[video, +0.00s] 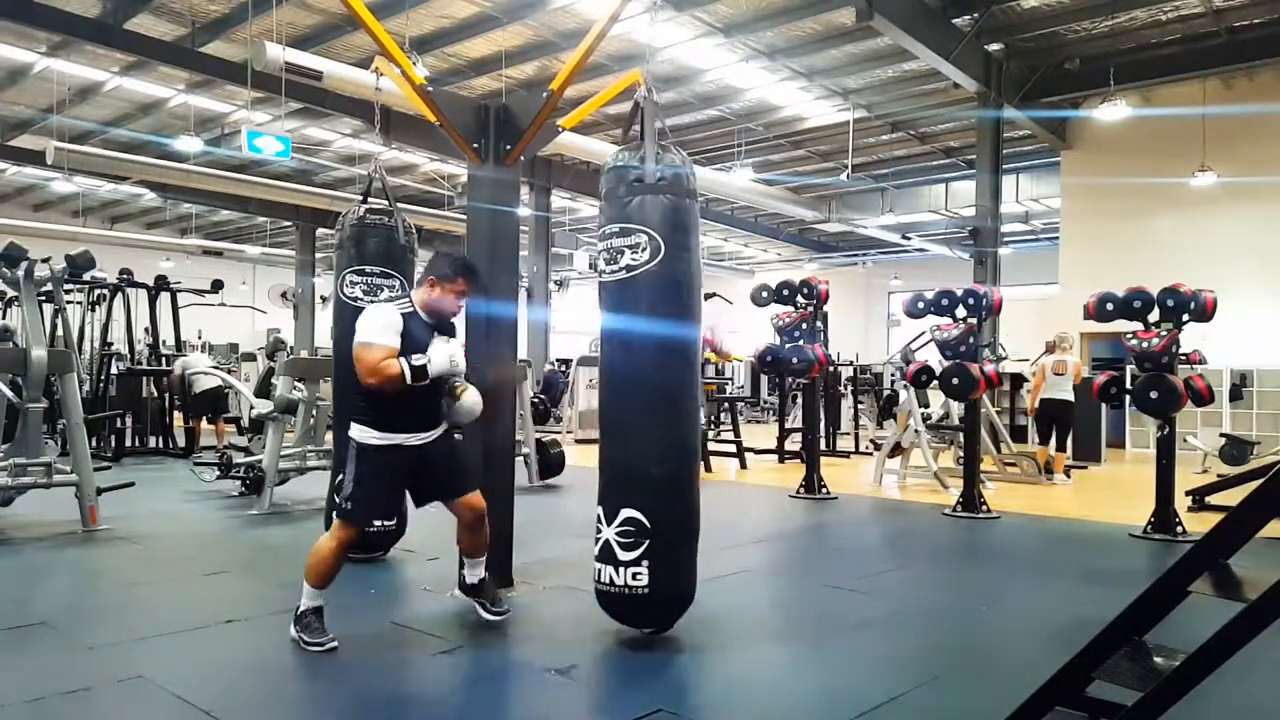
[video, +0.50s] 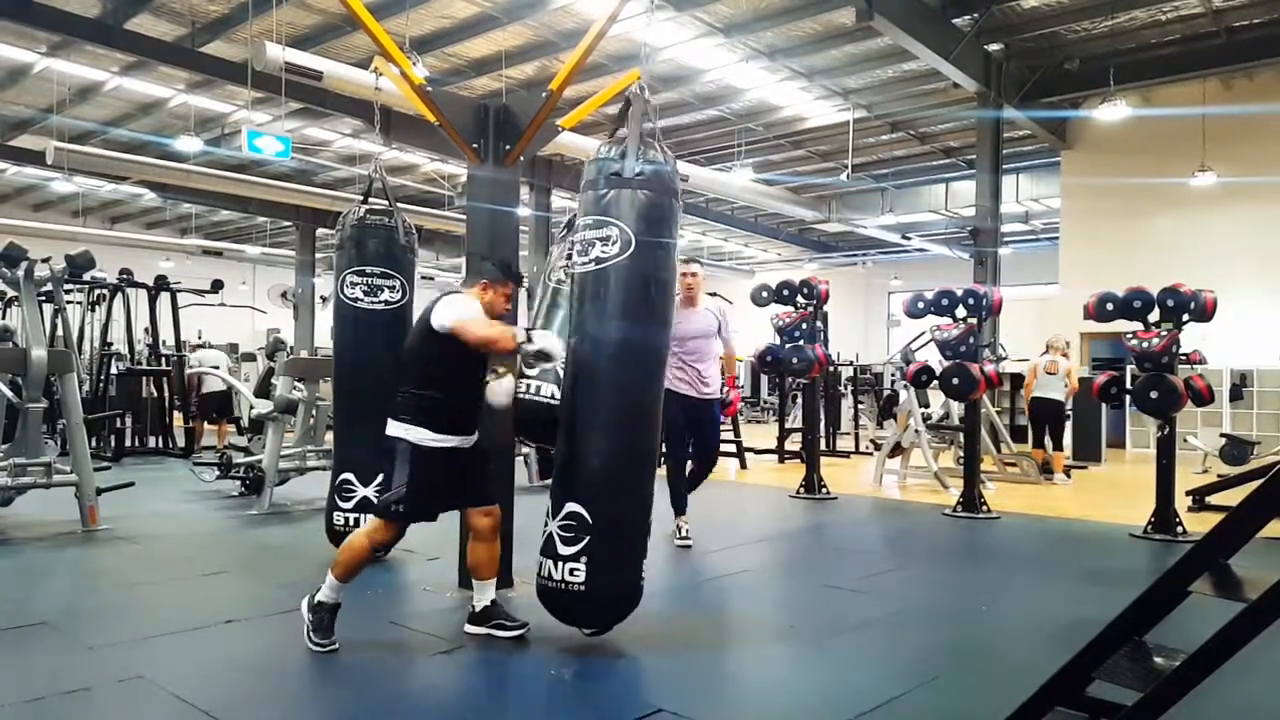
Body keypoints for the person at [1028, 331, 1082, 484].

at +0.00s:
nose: (1071, 348)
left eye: (1054, 343)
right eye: (1071, 346)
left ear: (1055, 344)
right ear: (1071, 346)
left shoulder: (1045, 361)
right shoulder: (1075, 363)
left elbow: (1037, 384)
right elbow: (1077, 380)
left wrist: (1031, 404)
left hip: (1046, 400)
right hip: (1066, 401)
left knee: (1043, 440)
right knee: (1061, 442)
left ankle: (1039, 470)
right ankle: (1059, 473)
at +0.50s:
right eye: (1064, 349)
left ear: (1047, 347)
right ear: (1063, 349)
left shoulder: (1036, 362)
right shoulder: (1067, 364)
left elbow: (1028, 383)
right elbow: (1074, 385)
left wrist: (1027, 402)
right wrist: (1066, 397)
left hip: (1037, 400)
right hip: (1056, 401)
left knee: (1037, 438)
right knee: (1057, 440)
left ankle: (1035, 471)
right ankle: (1058, 473)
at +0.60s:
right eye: (1061, 350)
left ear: (1047, 349)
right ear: (1060, 351)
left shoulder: (1035, 363)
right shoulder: (1066, 365)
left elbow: (1026, 384)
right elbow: (1071, 386)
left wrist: (1027, 402)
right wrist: (1066, 402)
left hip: (1036, 399)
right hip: (1056, 401)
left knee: (1037, 438)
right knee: (1060, 439)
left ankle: (1036, 471)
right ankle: (1061, 470)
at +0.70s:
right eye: (1062, 351)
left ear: (1047, 349)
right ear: (1060, 351)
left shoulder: (1034, 363)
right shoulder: (1065, 365)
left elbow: (1025, 383)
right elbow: (1068, 386)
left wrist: (1026, 403)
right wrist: (1063, 401)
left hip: (1034, 399)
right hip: (1053, 401)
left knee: (1036, 438)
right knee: (1063, 438)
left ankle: (1036, 470)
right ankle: (1064, 468)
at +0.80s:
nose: (1066, 355)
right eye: (1065, 353)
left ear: (1047, 350)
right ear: (1061, 352)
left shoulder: (1034, 363)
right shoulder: (1064, 365)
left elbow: (1025, 383)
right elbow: (1066, 386)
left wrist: (1026, 400)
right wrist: (1061, 398)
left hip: (1034, 399)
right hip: (1053, 401)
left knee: (1036, 437)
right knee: (1064, 437)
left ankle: (1036, 470)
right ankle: (1070, 469)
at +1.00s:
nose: (1068, 358)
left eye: (1068, 356)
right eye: (1067, 355)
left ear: (1049, 354)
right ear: (1063, 355)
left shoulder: (1037, 367)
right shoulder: (1067, 367)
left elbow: (1030, 388)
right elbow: (1070, 388)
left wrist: (1032, 398)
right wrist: (1065, 400)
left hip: (1038, 399)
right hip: (1057, 400)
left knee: (1037, 438)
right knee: (1065, 438)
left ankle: (1036, 471)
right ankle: (1075, 471)